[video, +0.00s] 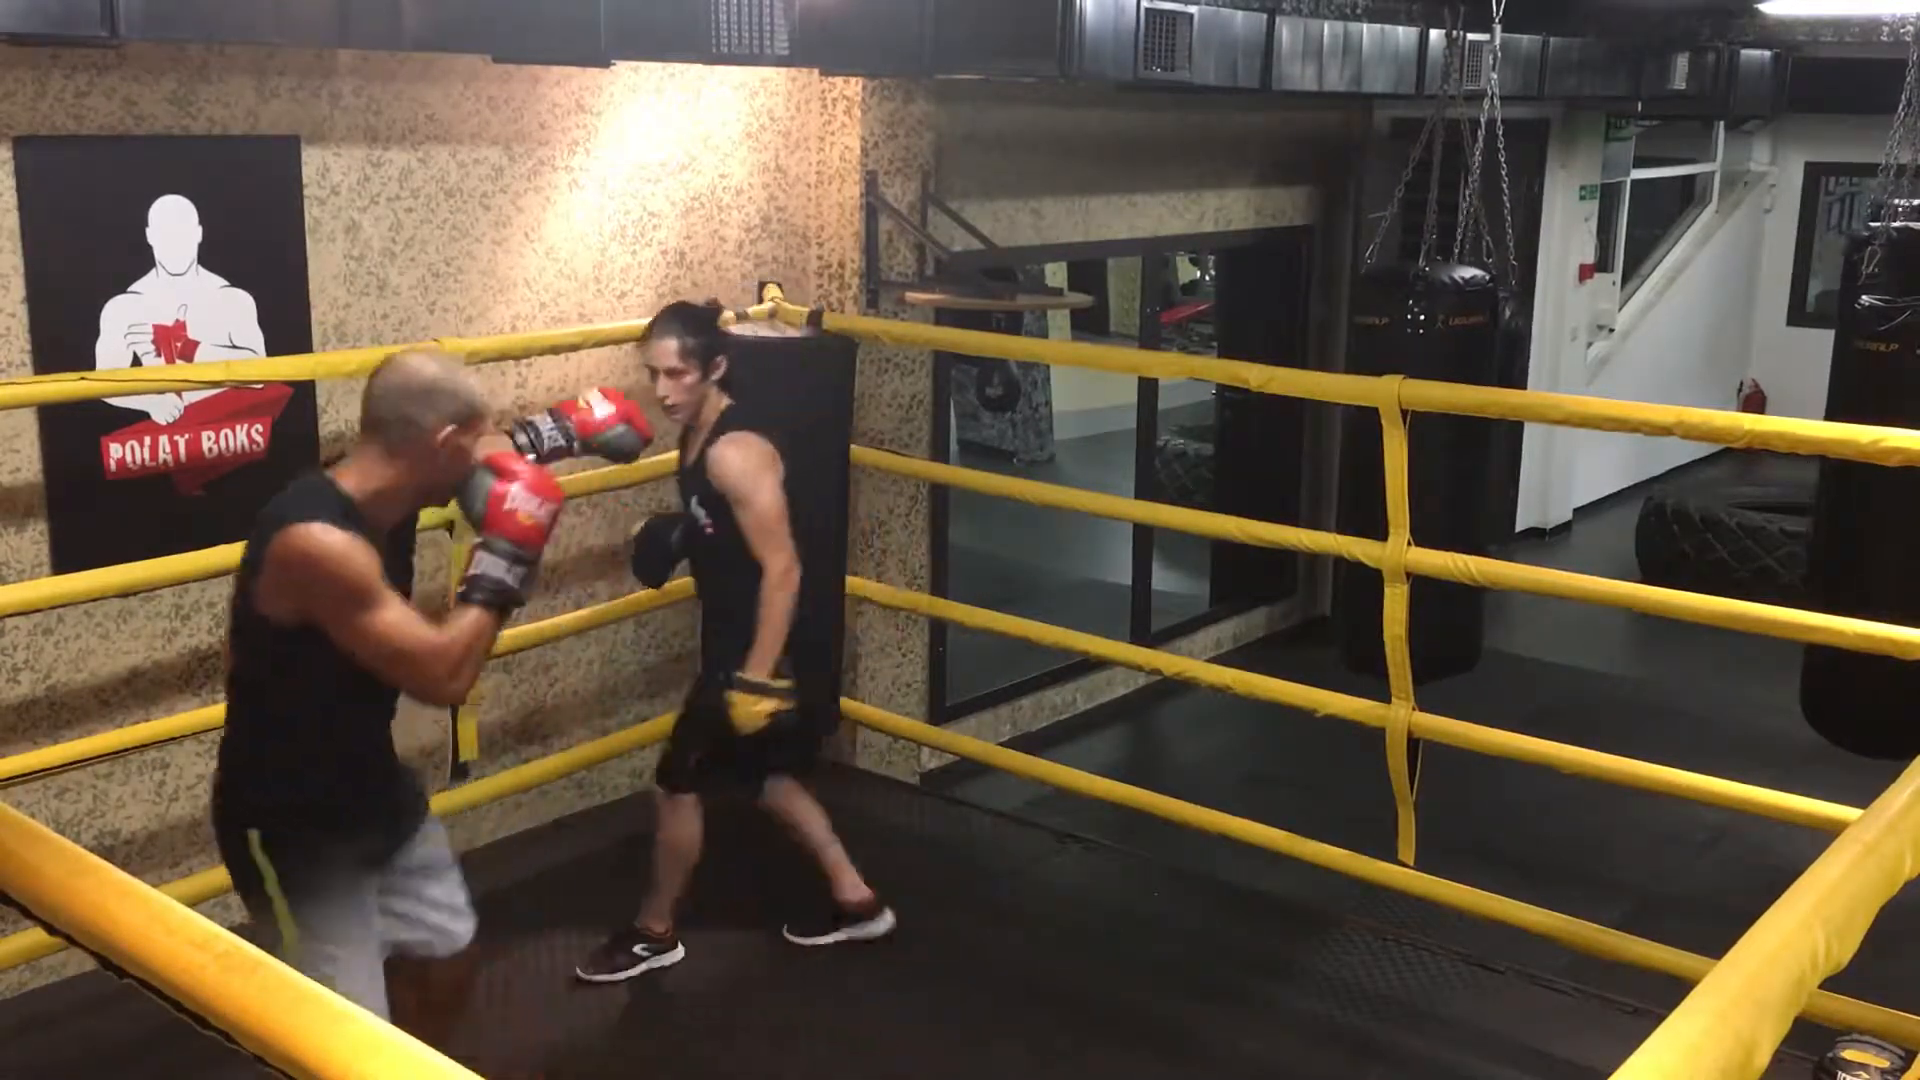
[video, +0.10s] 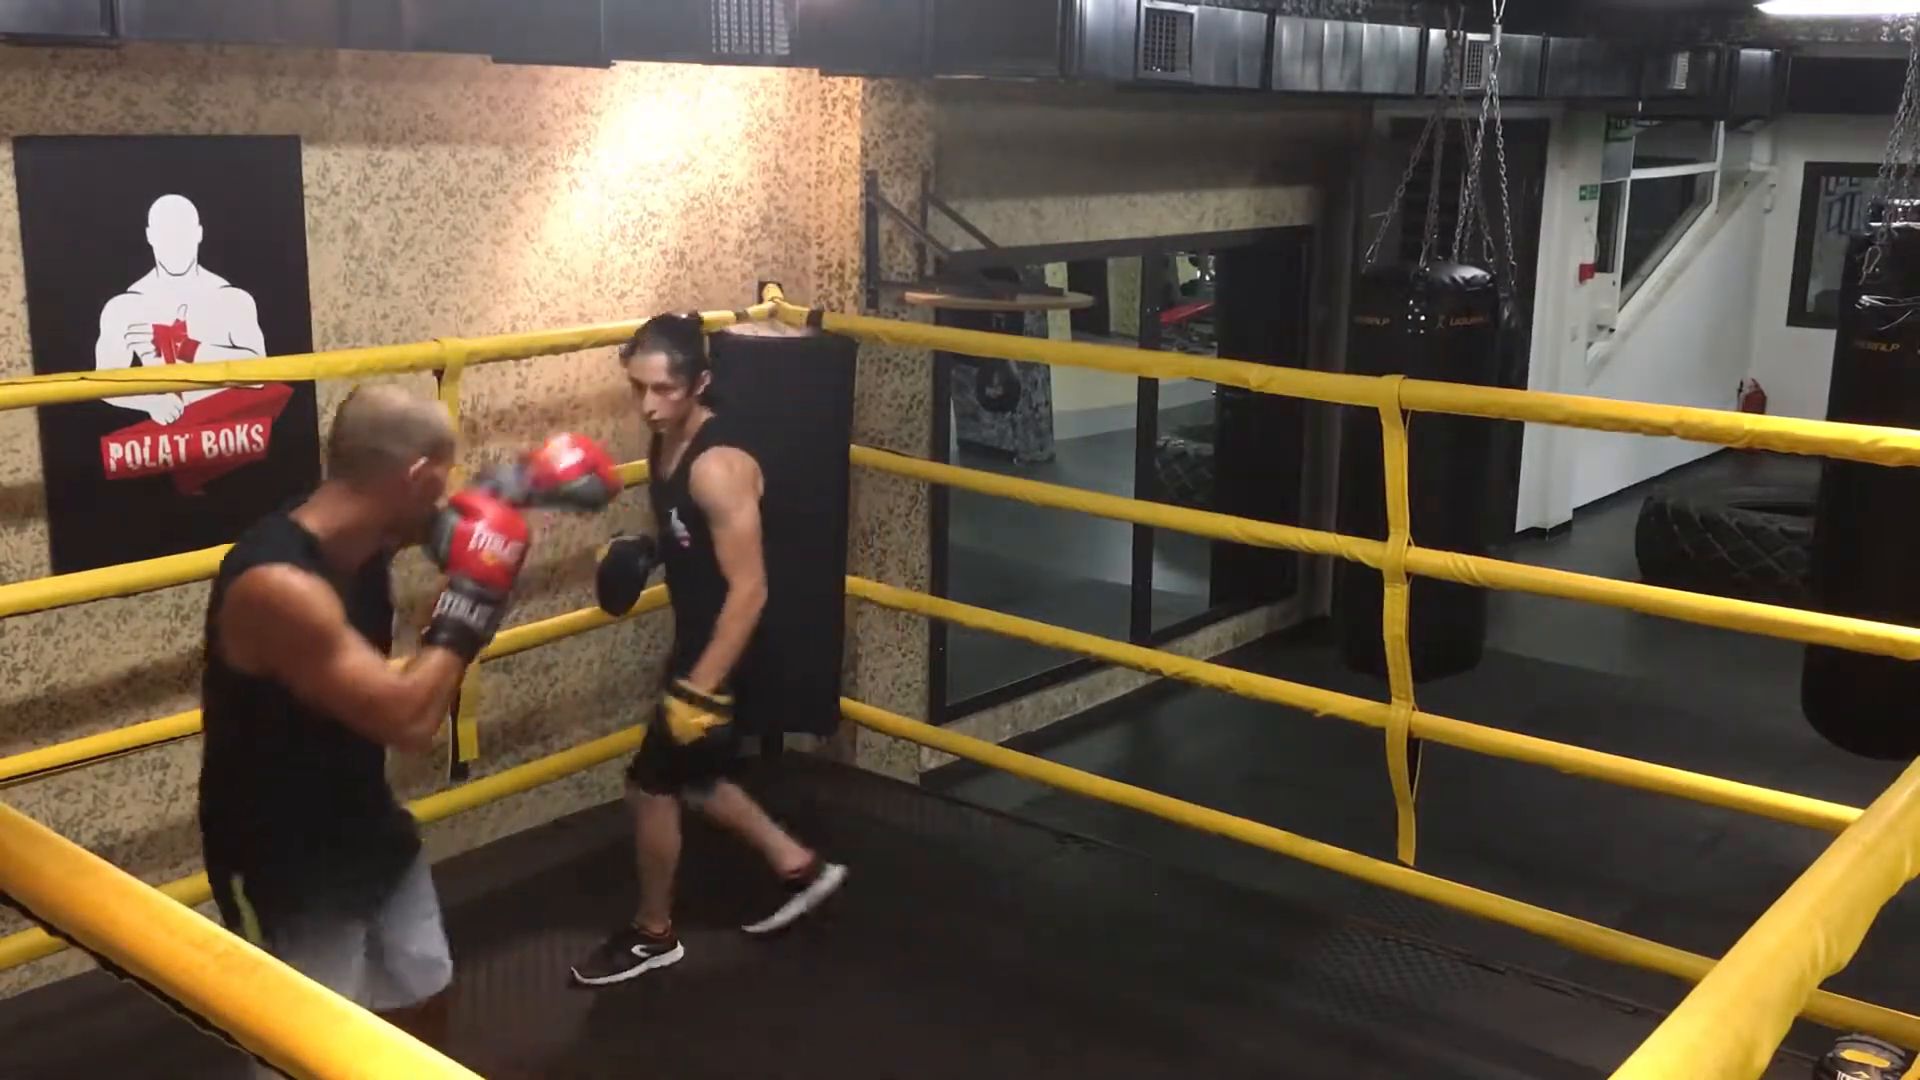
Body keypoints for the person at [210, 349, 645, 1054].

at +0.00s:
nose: (477, 454)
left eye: (477, 439)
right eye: (475, 439)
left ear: (422, 438)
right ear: (437, 443)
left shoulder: (380, 498)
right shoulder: (313, 542)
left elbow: (466, 464)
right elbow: (444, 673)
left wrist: (554, 434)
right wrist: (503, 557)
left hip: (368, 782)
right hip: (290, 816)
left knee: (444, 951)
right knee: (354, 1040)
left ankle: (416, 1072)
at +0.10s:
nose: (446, 489)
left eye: (446, 474)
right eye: (445, 473)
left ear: (389, 469)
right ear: (413, 477)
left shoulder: (354, 535)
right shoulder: (273, 586)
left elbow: (445, 524)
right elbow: (405, 714)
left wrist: (514, 490)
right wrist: (471, 596)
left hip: (365, 823)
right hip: (284, 860)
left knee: (424, 997)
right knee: (322, 1046)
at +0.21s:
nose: (416, 520)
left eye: (419, 503)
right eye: (417, 503)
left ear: (320, 487)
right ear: (389, 507)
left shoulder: (297, 577)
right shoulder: (258, 626)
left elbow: (375, 595)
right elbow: (374, 763)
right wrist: (443, 637)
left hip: (341, 877)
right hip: (260, 913)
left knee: (390, 1020)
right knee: (286, 1064)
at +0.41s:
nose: (378, 525)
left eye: (382, 507)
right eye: (377, 505)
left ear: (274, 480)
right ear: (340, 494)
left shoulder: (171, 550)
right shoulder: (260, 634)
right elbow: (357, 755)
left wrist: (308, 652)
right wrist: (383, 619)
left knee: (319, 1058)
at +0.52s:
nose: (360, 507)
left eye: (363, 487)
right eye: (359, 485)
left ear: (250, 459)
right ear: (323, 472)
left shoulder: (146, 535)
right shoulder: (259, 611)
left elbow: (73, 656)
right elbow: (347, 732)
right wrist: (368, 590)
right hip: (185, 931)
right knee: (184, 1065)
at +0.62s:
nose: (340, 506)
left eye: (342, 488)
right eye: (339, 486)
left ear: (229, 466)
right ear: (310, 481)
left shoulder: (121, 555)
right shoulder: (258, 619)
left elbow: (77, 687)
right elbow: (339, 749)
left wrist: (275, 599)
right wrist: (355, 608)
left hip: (95, 919)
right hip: (190, 945)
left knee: (107, 1065)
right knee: (194, 1065)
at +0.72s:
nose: (318, 511)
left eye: (325, 492)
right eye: (323, 491)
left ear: (197, 477)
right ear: (302, 490)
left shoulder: (100, 573)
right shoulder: (244, 625)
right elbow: (302, 787)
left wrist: (251, 617)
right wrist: (349, 662)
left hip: (85, 920)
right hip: (180, 943)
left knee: (106, 1064)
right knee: (198, 1065)